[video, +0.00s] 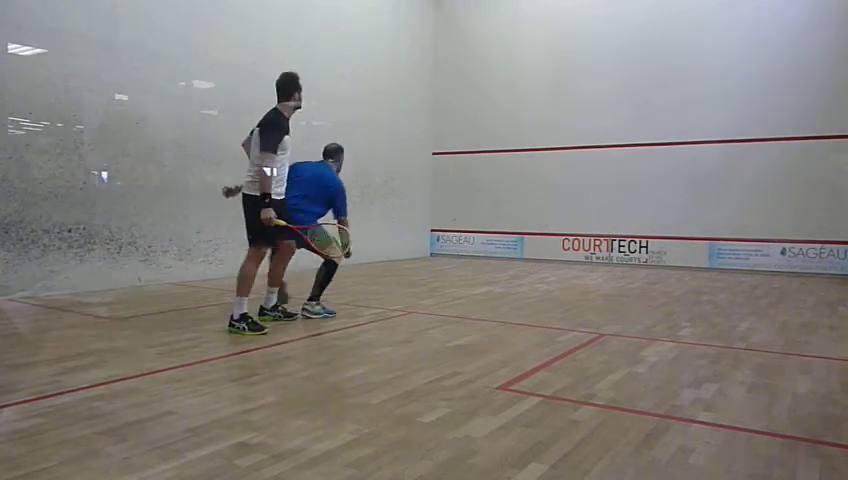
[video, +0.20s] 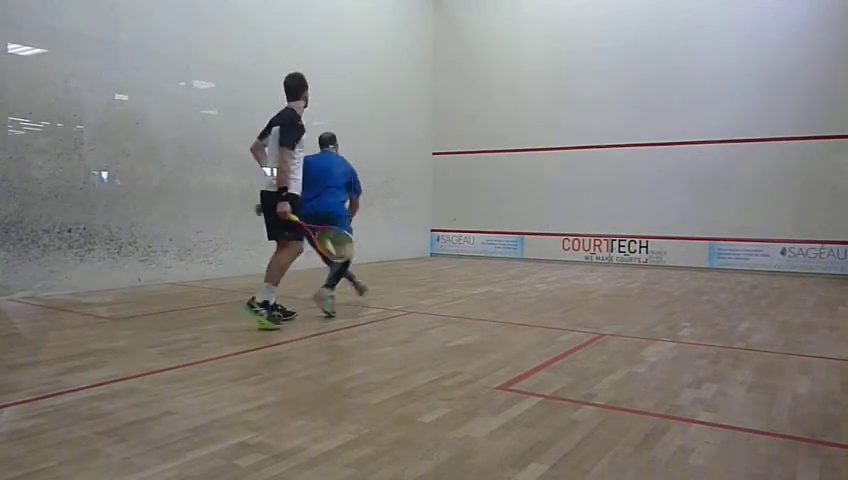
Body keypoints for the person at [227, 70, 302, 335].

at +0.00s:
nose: (302, 97)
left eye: (301, 92)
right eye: (301, 93)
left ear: (281, 94)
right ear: (294, 95)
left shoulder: (274, 118)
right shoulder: (275, 123)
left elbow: (247, 143)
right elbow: (266, 166)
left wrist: (262, 171)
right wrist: (266, 202)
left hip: (270, 195)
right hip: (259, 197)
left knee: (286, 247)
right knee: (257, 252)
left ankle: (269, 306)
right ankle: (238, 315)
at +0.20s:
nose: (309, 96)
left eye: (306, 92)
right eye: (308, 91)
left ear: (286, 93)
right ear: (305, 93)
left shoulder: (278, 118)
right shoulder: (293, 120)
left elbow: (256, 147)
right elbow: (284, 159)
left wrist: (272, 174)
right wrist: (282, 195)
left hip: (274, 192)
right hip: (287, 192)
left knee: (285, 247)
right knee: (293, 246)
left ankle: (267, 300)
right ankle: (264, 301)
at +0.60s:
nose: (337, 105)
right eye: (338, 101)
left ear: (317, 103)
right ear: (337, 103)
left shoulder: (307, 130)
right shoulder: (338, 129)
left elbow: (297, 166)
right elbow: (345, 163)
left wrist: (317, 182)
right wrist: (363, 195)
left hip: (307, 198)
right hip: (331, 198)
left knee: (310, 247)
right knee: (341, 247)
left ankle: (280, 292)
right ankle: (341, 301)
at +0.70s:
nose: (343, 105)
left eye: (336, 101)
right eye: (343, 102)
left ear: (323, 103)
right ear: (343, 103)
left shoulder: (312, 131)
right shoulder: (346, 128)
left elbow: (300, 167)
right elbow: (355, 159)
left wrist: (312, 187)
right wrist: (373, 192)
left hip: (315, 197)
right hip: (341, 196)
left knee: (321, 243)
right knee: (353, 243)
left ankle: (296, 282)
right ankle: (346, 296)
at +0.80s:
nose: (350, 108)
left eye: (342, 105)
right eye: (349, 105)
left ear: (329, 106)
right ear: (348, 107)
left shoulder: (318, 133)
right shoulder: (352, 131)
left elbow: (303, 167)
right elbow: (361, 163)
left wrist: (308, 196)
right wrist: (377, 195)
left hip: (321, 196)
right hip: (347, 195)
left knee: (326, 238)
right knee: (367, 239)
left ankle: (309, 287)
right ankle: (362, 291)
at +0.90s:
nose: (349, 117)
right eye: (350, 114)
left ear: (331, 116)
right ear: (350, 117)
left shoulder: (320, 143)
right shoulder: (359, 143)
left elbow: (305, 175)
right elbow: (371, 179)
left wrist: (303, 204)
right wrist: (382, 209)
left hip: (326, 207)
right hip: (352, 206)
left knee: (329, 243)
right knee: (368, 251)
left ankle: (316, 289)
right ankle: (373, 301)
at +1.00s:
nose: (332, 119)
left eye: (328, 115)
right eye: (340, 116)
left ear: (324, 118)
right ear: (343, 118)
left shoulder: (316, 144)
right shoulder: (357, 142)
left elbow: (298, 176)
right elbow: (371, 172)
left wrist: (291, 203)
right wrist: (377, 202)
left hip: (328, 206)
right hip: (355, 205)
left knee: (317, 241)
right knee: (365, 250)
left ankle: (308, 284)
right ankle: (373, 298)